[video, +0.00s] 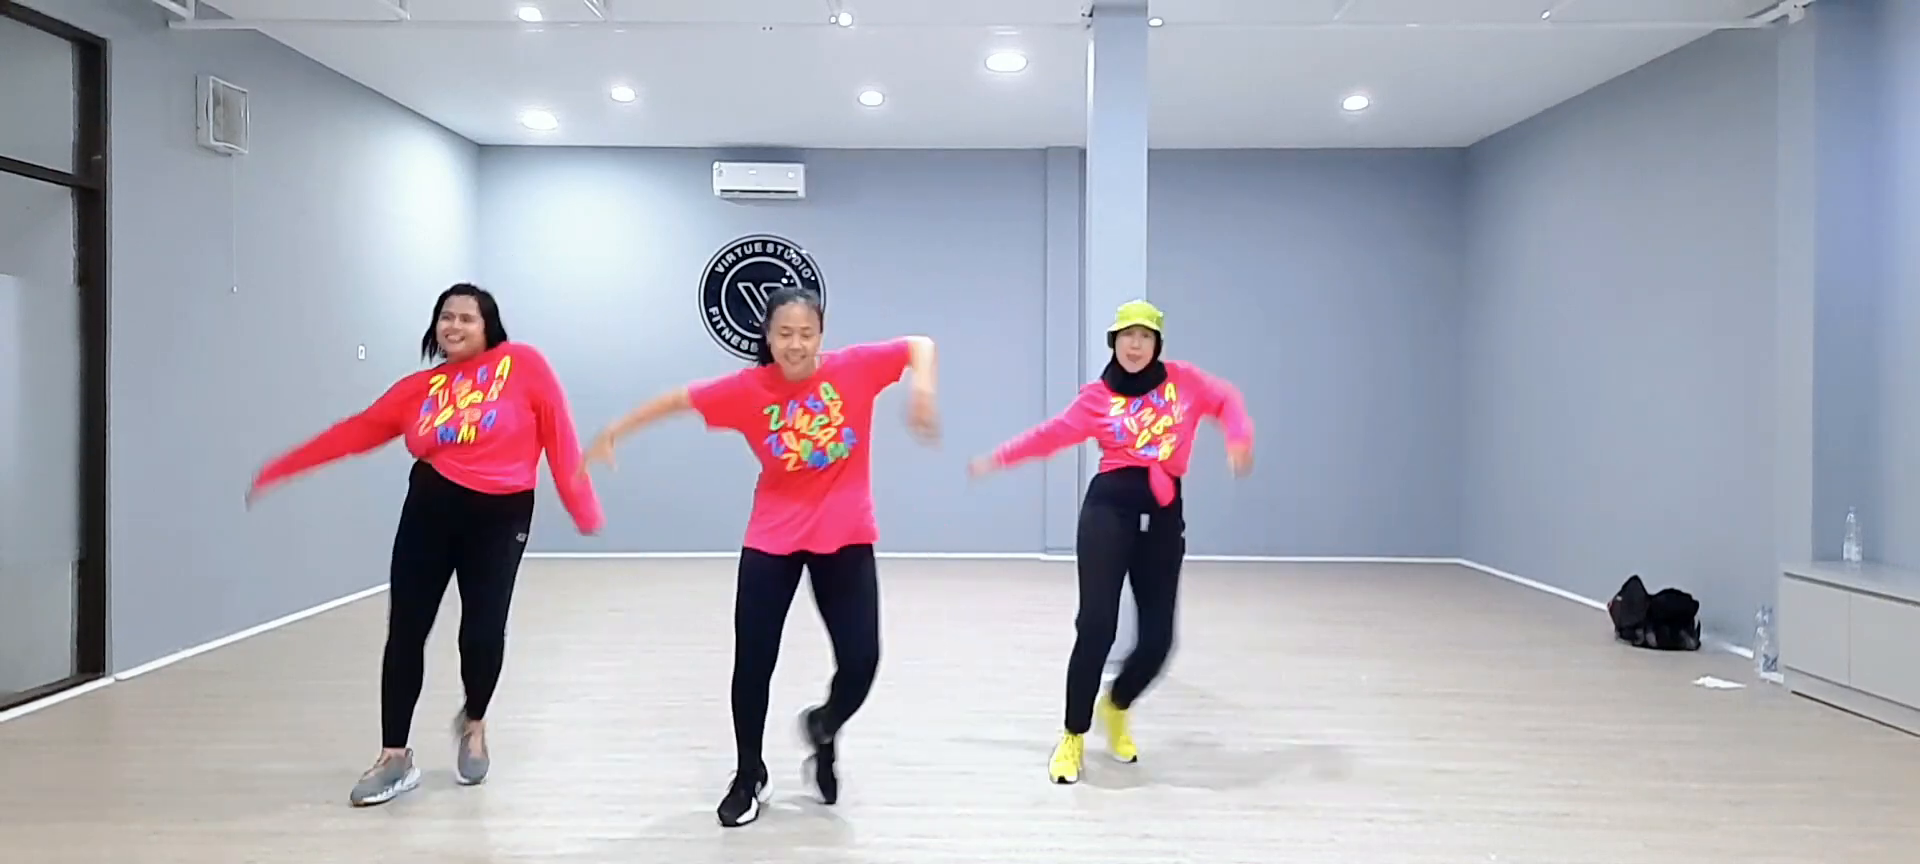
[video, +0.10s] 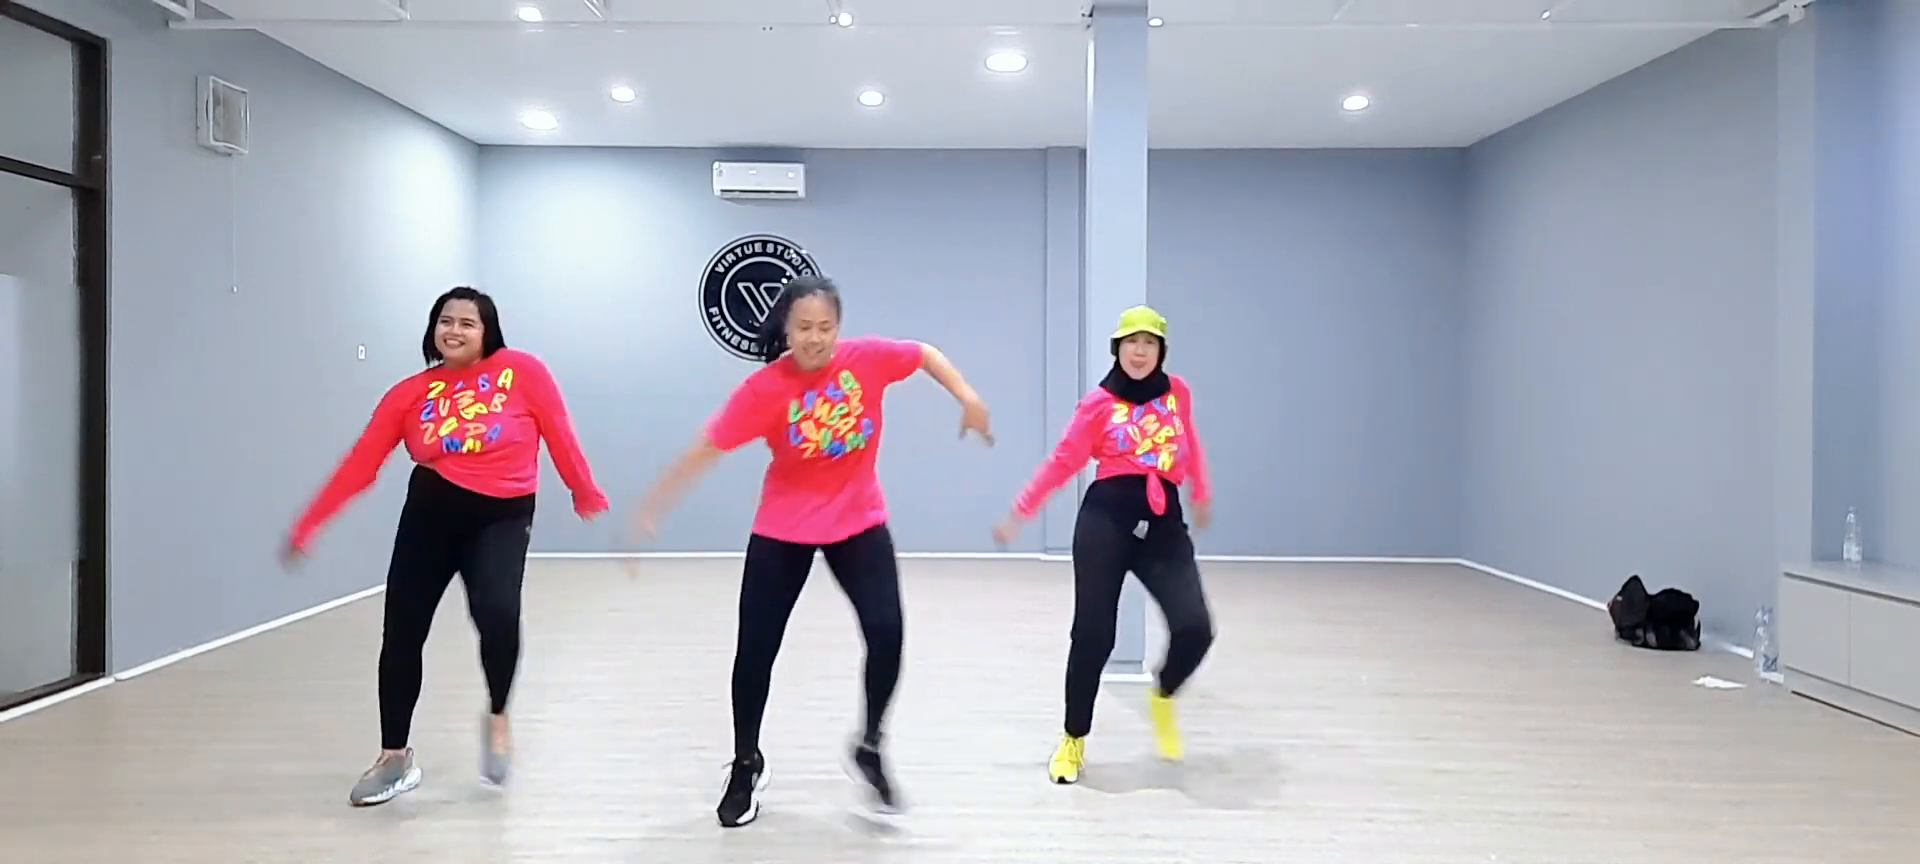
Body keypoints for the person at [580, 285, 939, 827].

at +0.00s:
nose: (796, 344)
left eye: (806, 333)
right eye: (785, 334)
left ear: (822, 337)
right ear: (768, 338)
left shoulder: (851, 368)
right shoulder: (747, 389)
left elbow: (922, 346)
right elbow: (677, 401)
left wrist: (922, 394)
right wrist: (612, 432)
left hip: (844, 533)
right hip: (774, 534)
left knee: (861, 661)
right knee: (752, 660)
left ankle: (823, 728)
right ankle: (749, 772)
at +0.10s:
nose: (814, 337)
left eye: (824, 326)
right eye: (803, 327)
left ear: (838, 328)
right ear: (786, 331)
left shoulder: (866, 359)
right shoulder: (765, 389)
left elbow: (926, 355)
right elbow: (706, 450)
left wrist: (971, 400)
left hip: (857, 521)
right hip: (784, 525)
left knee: (887, 631)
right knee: (755, 649)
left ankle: (870, 745)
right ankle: (746, 763)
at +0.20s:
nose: (837, 342)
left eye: (847, 331)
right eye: (826, 331)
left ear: (862, 332)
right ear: (808, 334)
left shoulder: (883, 360)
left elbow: (925, 369)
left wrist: (973, 401)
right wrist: (758, 580)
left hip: (875, 519)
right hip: (804, 525)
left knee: (905, 638)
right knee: (754, 642)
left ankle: (935, 777)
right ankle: (752, 757)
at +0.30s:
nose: (862, 365)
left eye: (872, 354)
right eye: (849, 354)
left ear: (887, 360)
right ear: (830, 360)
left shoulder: (895, 390)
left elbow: (925, 404)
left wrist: (956, 425)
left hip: (897, 561)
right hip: (822, 565)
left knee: (932, 677)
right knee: (764, 682)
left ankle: (964, 814)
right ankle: (755, 766)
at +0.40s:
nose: (886, 370)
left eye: (895, 359)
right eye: (873, 361)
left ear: (911, 365)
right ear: (855, 373)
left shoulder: (924, 408)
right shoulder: (850, 437)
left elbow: (935, 444)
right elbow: (895, 502)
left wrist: (945, 464)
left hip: (916, 571)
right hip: (848, 578)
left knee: (956, 678)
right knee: (794, 701)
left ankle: (968, 823)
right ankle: (753, 768)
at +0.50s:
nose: (908, 342)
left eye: (918, 331)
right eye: (896, 333)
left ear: (933, 338)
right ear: (878, 344)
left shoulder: (949, 391)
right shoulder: (864, 398)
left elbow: (958, 471)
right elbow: (880, 450)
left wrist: (955, 458)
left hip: (928, 546)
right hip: (855, 547)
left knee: (953, 671)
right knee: (801, 675)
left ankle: (968, 818)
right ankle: (781, 763)